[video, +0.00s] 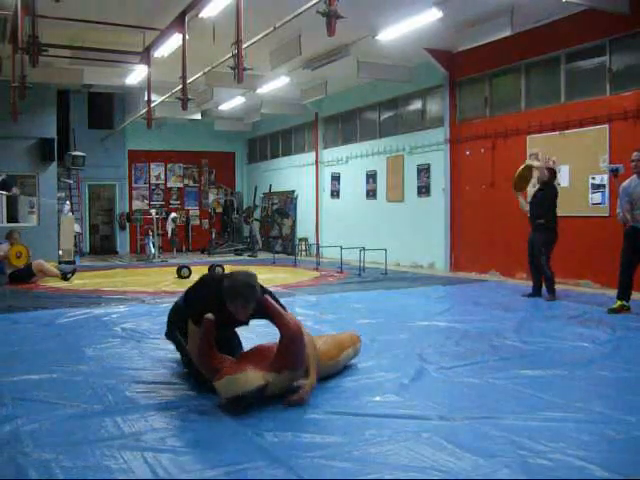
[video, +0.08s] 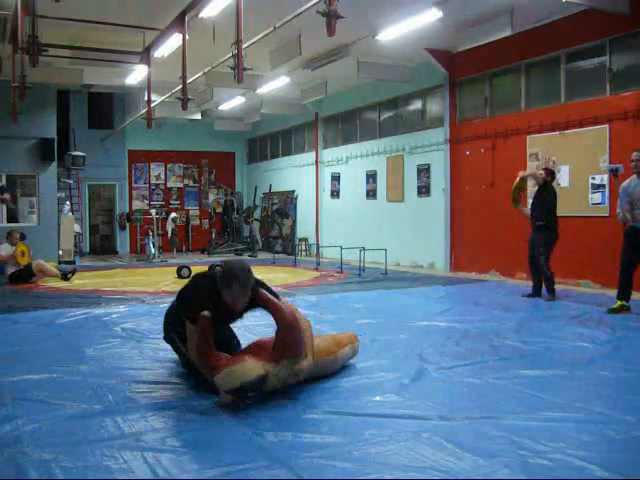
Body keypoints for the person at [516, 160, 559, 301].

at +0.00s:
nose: (539, 175)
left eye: (543, 172)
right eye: (539, 172)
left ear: (549, 176)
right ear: (541, 175)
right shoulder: (542, 189)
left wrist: (521, 200)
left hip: (546, 228)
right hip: (537, 228)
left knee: (542, 259)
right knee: (533, 259)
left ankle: (550, 291)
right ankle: (536, 289)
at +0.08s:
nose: (539, 177)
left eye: (542, 175)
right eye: (539, 174)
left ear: (548, 178)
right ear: (546, 177)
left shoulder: (548, 190)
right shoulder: (541, 190)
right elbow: (538, 214)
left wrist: (528, 174)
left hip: (547, 231)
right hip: (538, 230)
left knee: (542, 260)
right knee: (533, 260)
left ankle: (550, 291)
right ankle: (536, 290)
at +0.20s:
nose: (535, 177)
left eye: (538, 175)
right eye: (536, 174)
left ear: (545, 179)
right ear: (541, 178)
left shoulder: (544, 192)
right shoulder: (540, 191)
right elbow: (538, 216)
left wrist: (520, 190)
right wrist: (523, 214)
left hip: (548, 232)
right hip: (539, 231)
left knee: (541, 260)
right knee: (534, 260)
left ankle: (550, 291)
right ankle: (536, 290)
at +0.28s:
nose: (529, 179)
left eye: (532, 177)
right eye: (530, 176)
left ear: (540, 180)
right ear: (539, 181)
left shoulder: (540, 192)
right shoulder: (542, 194)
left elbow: (535, 204)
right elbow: (539, 217)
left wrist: (517, 204)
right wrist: (521, 219)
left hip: (549, 232)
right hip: (542, 231)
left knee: (542, 259)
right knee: (534, 259)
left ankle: (551, 292)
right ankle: (536, 290)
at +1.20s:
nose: (529, 177)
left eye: (531, 175)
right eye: (529, 174)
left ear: (538, 177)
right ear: (540, 177)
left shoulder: (533, 190)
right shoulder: (544, 191)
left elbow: (515, 195)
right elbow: (535, 209)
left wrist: (511, 192)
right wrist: (520, 212)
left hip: (536, 231)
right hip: (546, 229)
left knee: (538, 260)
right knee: (536, 261)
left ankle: (551, 291)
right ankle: (536, 290)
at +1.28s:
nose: (534, 175)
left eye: (536, 174)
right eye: (537, 174)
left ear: (537, 175)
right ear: (547, 177)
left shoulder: (530, 188)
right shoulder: (546, 191)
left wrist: (526, 185)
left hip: (534, 228)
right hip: (543, 227)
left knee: (537, 259)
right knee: (534, 259)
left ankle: (551, 291)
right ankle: (535, 289)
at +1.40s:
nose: (536, 176)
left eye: (538, 174)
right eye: (537, 174)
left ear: (539, 176)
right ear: (549, 179)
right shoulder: (549, 195)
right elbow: (521, 189)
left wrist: (530, 182)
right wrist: (523, 181)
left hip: (537, 230)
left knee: (538, 260)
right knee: (532, 260)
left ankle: (550, 291)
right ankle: (535, 289)